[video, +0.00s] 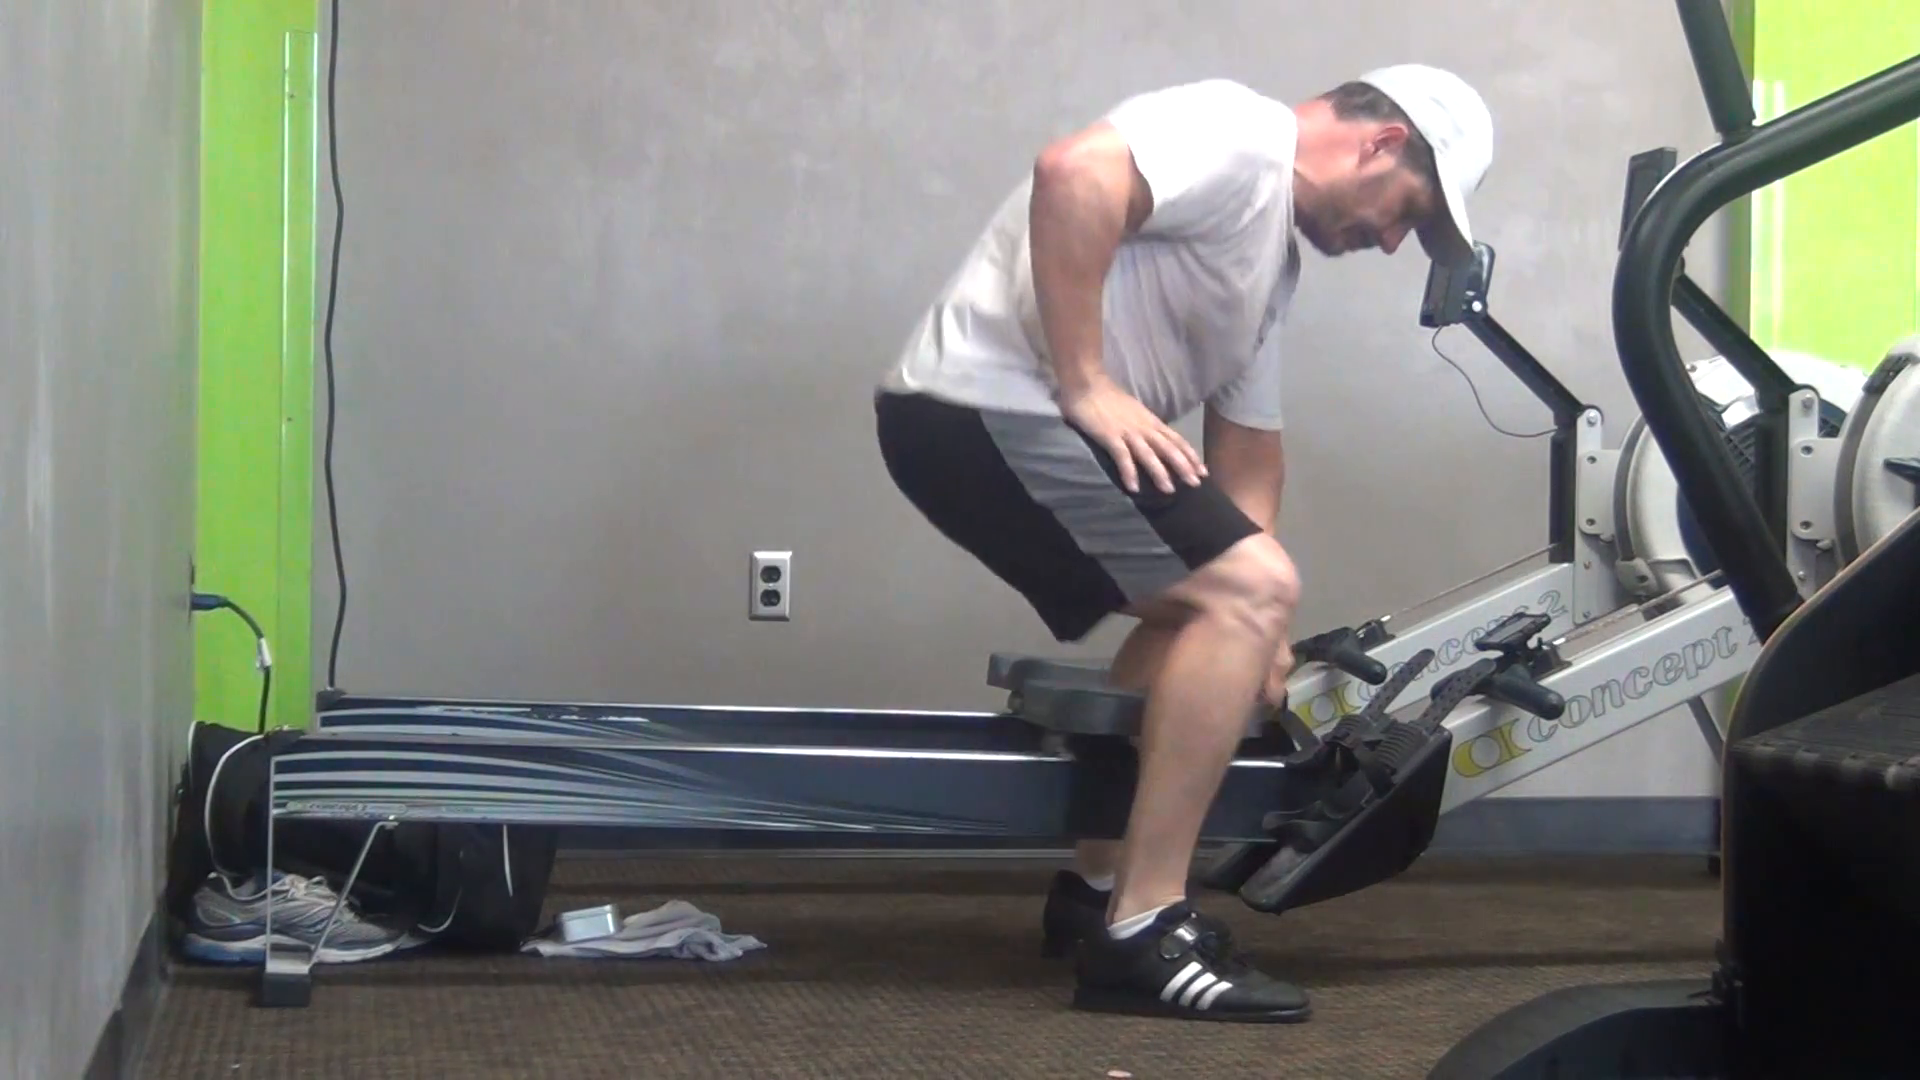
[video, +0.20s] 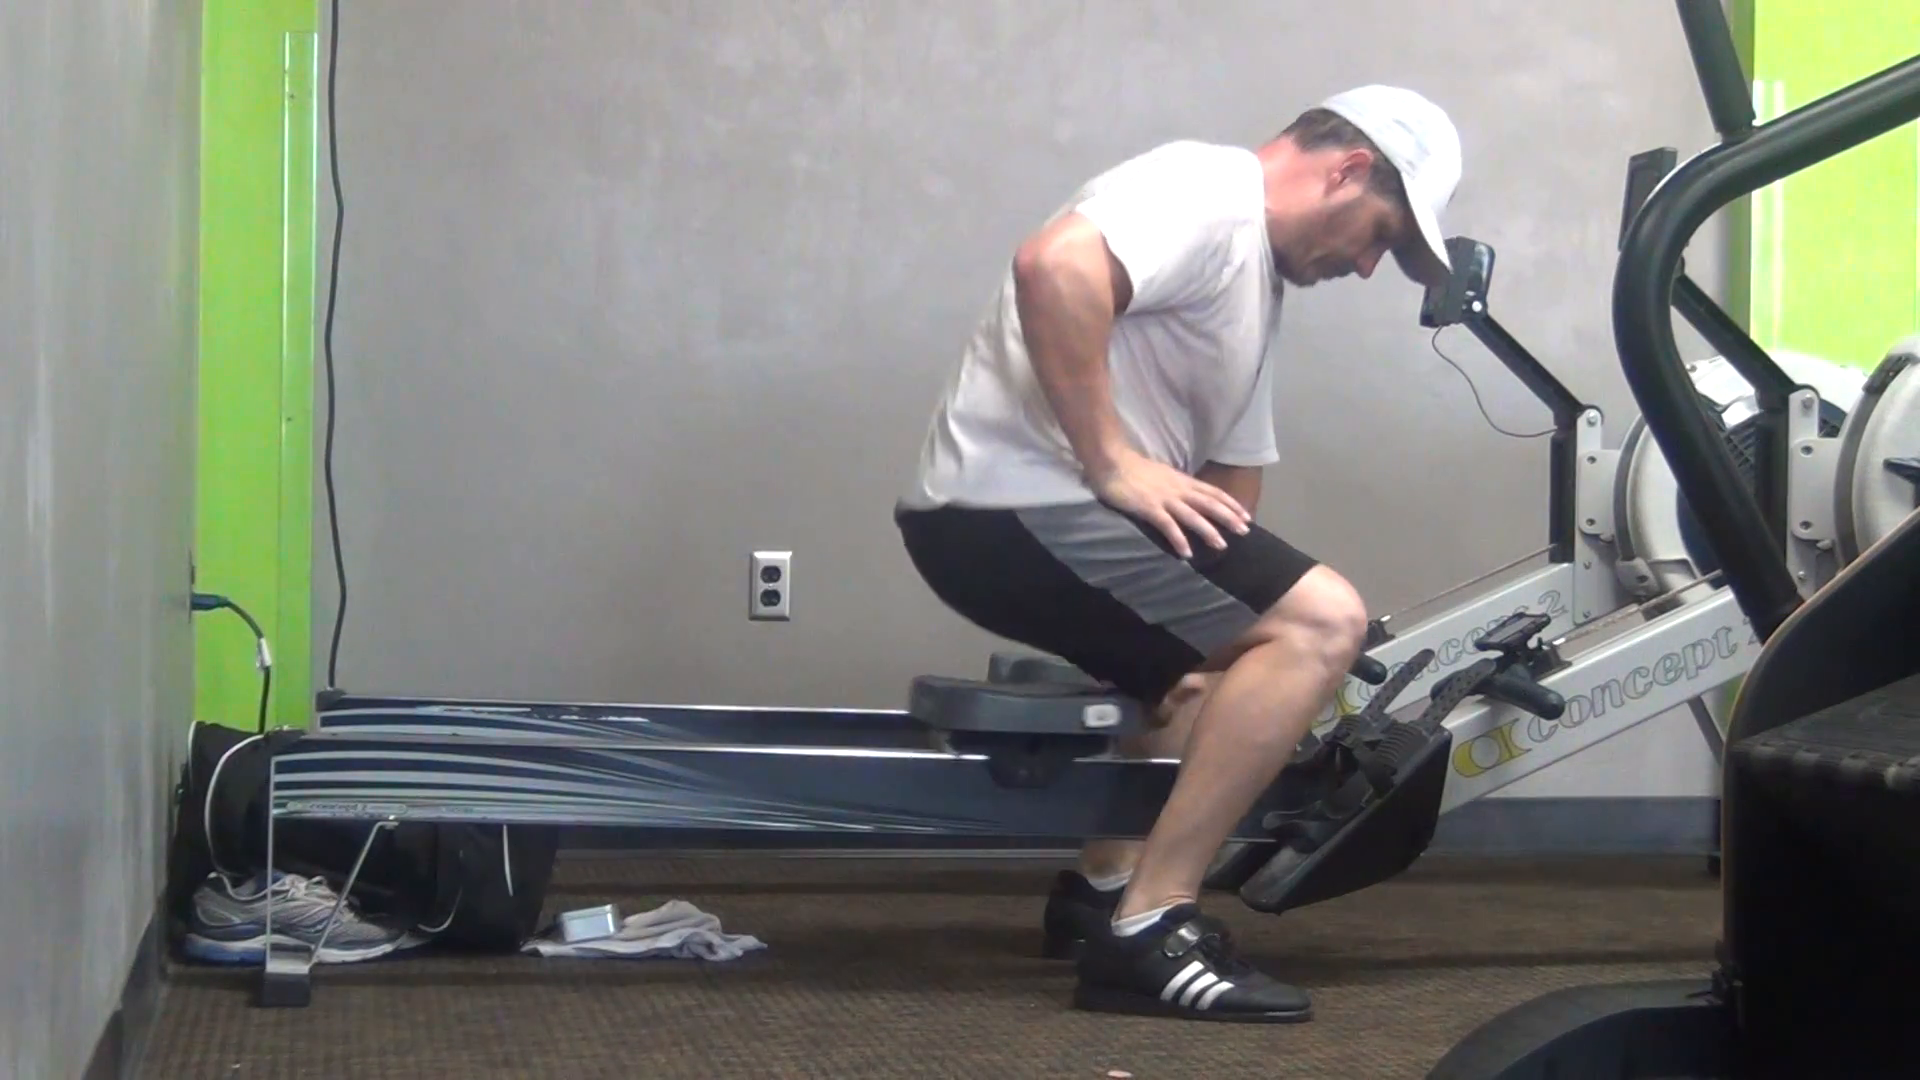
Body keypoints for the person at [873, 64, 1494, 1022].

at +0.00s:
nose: (1392, 243)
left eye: (1414, 231)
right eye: (1411, 213)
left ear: (1375, 145)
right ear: (1382, 143)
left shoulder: (1269, 258)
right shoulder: (1246, 136)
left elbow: (1248, 445)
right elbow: (1079, 175)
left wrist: (1258, 633)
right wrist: (1086, 381)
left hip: (1021, 413)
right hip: (982, 397)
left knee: (1199, 607)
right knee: (1256, 590)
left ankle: (1096, 884)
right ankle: (1142, 929)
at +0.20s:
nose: (1369, 266)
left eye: (1389, 252)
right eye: (1384, 236)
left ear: (1341, 171)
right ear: (1347, 169)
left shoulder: (1254, 292)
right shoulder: (1213, 189)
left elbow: (1228, 489)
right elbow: (1058, 265)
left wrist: (1238, 644)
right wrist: (1112, 458)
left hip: (1048, 509)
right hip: (1006, 501)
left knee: (1209, 673)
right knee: (1322, 621)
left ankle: (1102, 885)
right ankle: (1148, 929)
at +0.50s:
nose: (1274, 283)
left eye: (1289, 265)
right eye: (1283, 253)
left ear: (1233, 198)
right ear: (1235, 197)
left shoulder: (1160, 301)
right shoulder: (1110, 242)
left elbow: (1190, 507)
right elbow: (966, 358)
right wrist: (1067, 522)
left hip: (1021, 585)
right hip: (965, 591)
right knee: (1313, 624)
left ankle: (1102, 880)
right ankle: (1148, 930)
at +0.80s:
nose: (1173, 246)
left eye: (1185, 222)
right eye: (1175, 212)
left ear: (1114, 177)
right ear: (1116, 171)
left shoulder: (1066, 314)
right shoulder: (989, 239)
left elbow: (1132, 501)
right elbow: (855, 376)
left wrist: (1267, 652)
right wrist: (974, 529)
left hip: (954, 596)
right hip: (884, 597)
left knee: (1205, 692)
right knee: (1244, 584)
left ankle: (1109, 892)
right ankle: (1139, 925)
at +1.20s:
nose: (1133, 234)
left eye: (1141, 211)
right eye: (1130, 199)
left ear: (1067, 172)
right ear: (1067, 166)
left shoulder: (1041, 343)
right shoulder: (922, 234)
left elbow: (1126, 520)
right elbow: (777, 359)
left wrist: (1263, 674)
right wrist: (901, 525)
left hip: (914, 603)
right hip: (817, 596)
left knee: (1164, 628)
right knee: (1181, 567)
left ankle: (1136, 929)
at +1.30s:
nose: (1114, 225)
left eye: (1122, 203)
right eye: (1110, 190)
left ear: (1051, 166)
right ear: (1046, 156)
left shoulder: (1025, 339)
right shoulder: (908, 232)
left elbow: (1110, 515)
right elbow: (768, 363)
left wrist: (1254, 661)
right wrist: (899, 524)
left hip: (910, 602)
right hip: (814, 598)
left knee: (1163, 625)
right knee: (1180, 560)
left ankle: (1136, 927)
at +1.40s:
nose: (1087, 217)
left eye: (1095, 195)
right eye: (1083, 183)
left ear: (1020, 155)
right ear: (1020, 147)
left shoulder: (1008, 334)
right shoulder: (887, 225)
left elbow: (1104, 505)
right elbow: (753, 361)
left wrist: (1245, 650)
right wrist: (892, 521)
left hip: (906, 598)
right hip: (814, 596)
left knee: (1161, 621)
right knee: (1177, 559)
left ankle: (1137, 924)